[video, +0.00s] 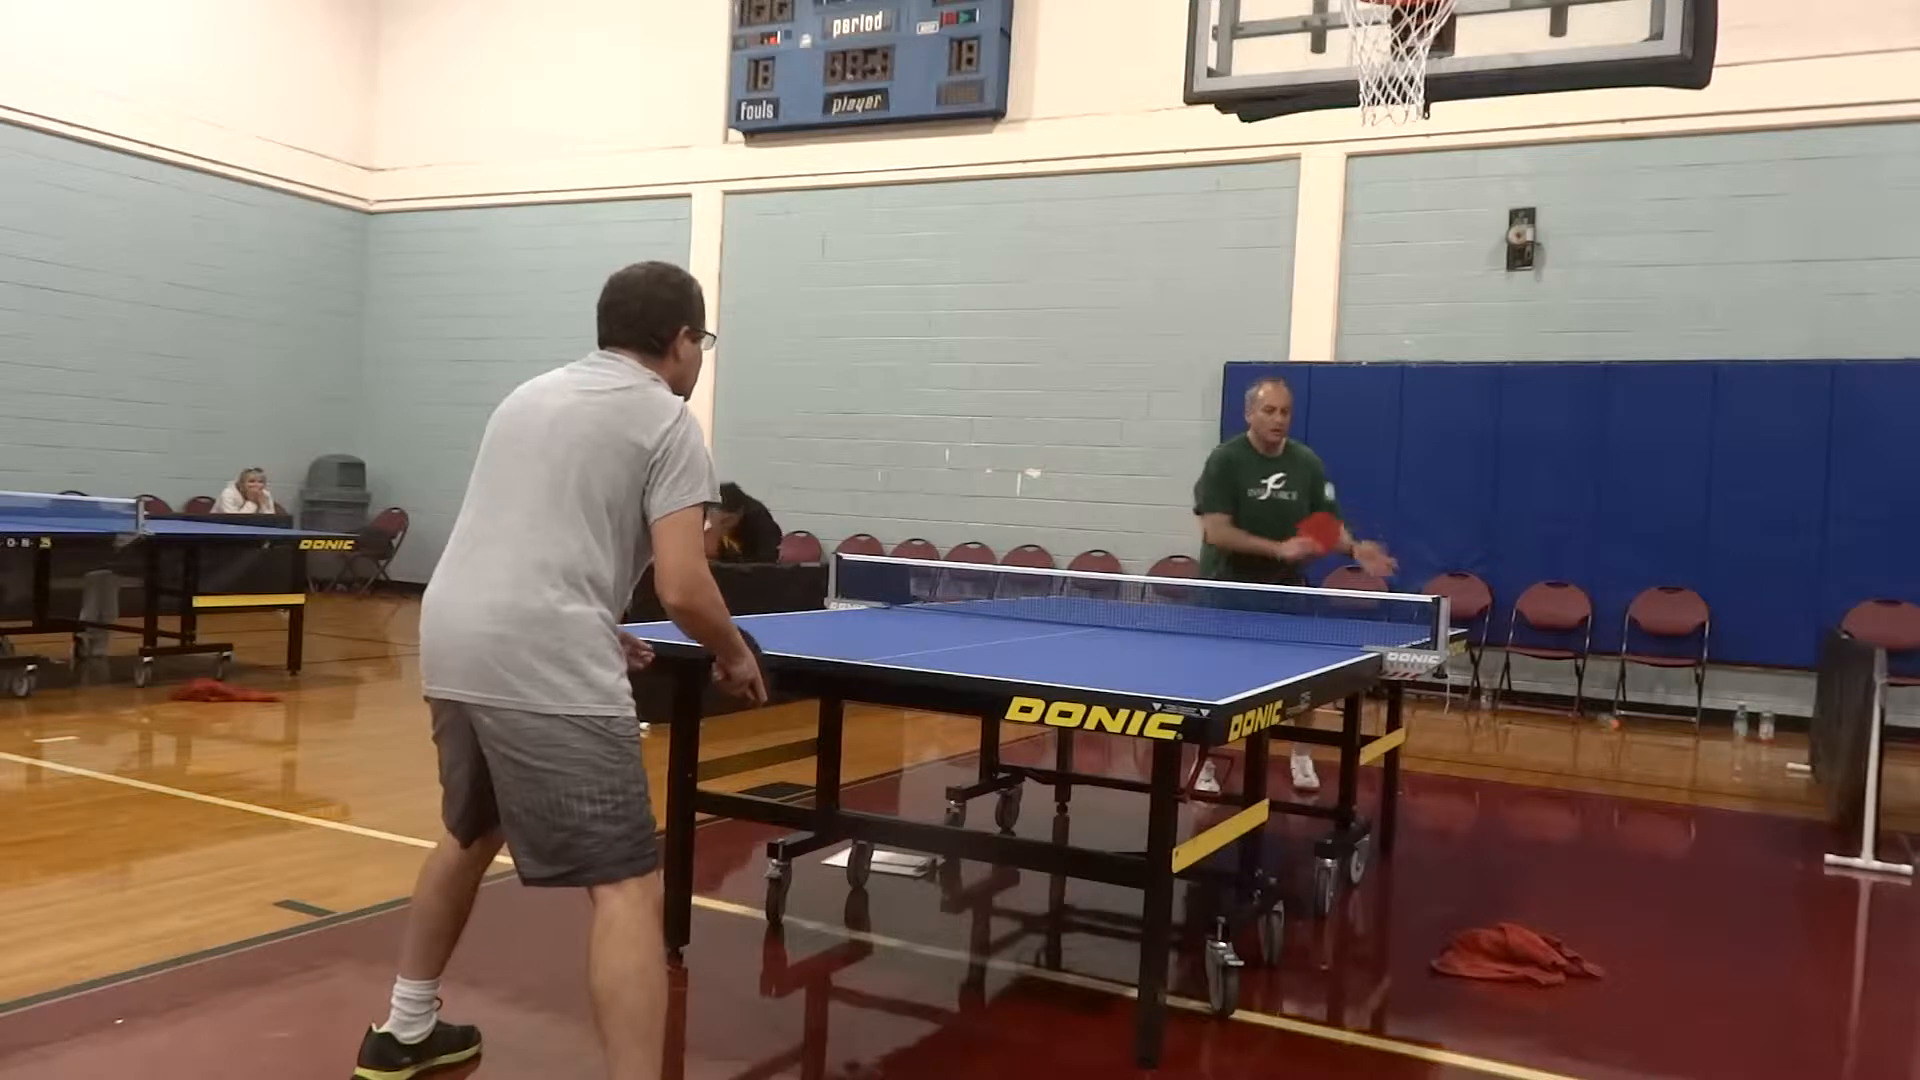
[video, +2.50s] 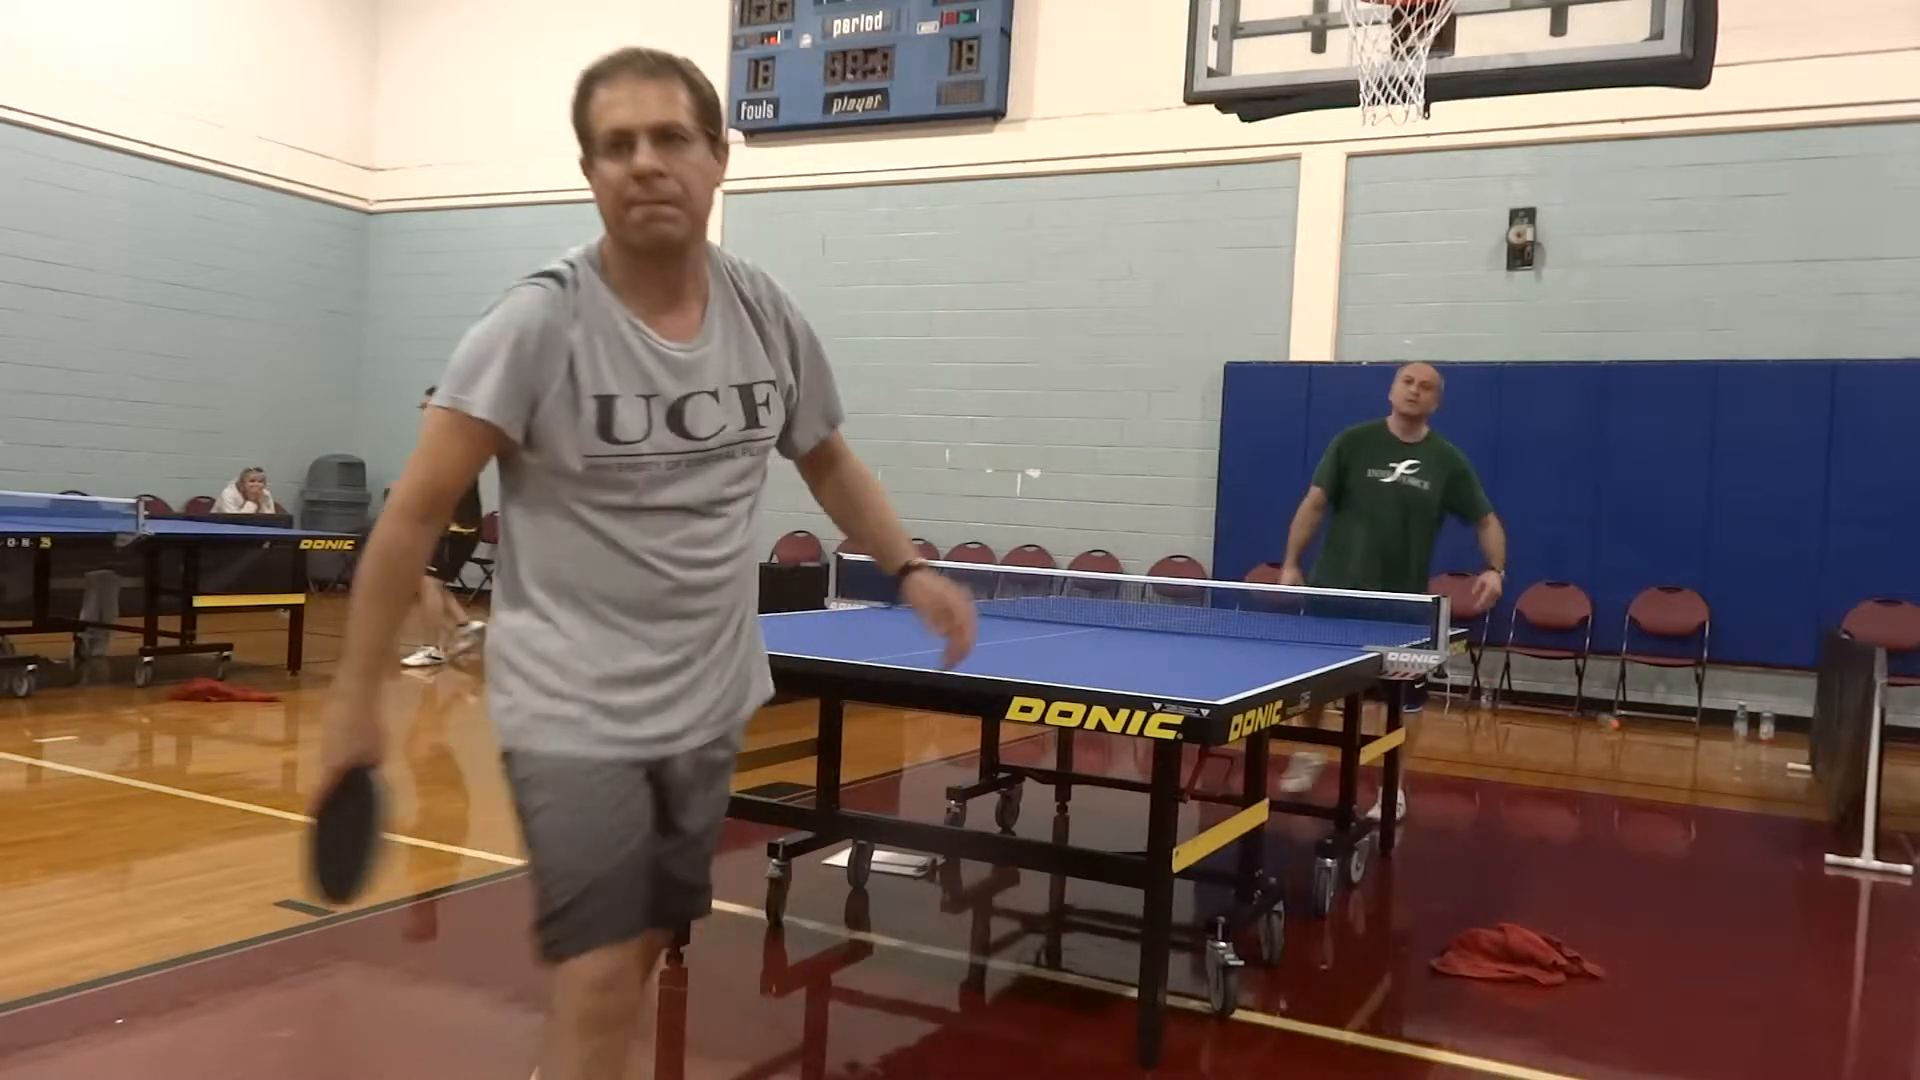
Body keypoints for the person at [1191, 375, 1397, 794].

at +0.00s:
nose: (1279, 420)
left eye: (1285, 412)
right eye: (1269, 411)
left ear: (1292, 416)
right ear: (1249, 414)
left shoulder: (1307, 463)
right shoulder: (1225, 459)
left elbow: (1326, 524)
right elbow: (1214, 531)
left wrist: (1356, 548)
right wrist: (1277, 548)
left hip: (1286, 590)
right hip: (1227, 589)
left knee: (1302, 669)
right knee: (1219, 666)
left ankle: (1301, 753)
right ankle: (1211, 757)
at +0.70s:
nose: (1288, 410)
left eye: (1298, 403)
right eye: (1281, 402)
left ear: (1313, 412)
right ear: (1270, 410)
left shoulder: (1343, 461)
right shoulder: (1247, 466)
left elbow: (1373, 518)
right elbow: (1231, 526)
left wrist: (1379, 573)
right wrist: (1241, 566)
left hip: (1333, 596)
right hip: (1268, 597)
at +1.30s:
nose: (1360, 416)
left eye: (1371, 409)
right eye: (1354, 407)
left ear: (1385, 416)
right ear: (1341, 411)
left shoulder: (1412, 468)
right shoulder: (1317, 463)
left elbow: (1435, 534)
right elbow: (1271, 523)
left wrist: (1404, 572)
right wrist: (1296, 565)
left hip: (1388, 610)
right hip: (1321, 606)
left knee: (1424, 685)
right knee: (1272, 676)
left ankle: (1437, 780)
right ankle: (1252, 763)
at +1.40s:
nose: (1366, 423)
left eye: (1376, 416)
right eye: (1359, 414)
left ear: (1390, 423)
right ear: (1345, 418)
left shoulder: (1408, 477)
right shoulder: (1320, 469)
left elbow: (1421, 544)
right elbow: (1268, 527)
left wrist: (1424, 607)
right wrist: (1301, 557)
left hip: (1391, 614)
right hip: (1323, 611)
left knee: (1423, 686)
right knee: (1275, 679)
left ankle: (1436, 781)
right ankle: (1252, 761)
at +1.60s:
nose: (1357, 439)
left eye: (1366, 433)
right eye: (1349, 430)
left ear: (1377, 439)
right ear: (1332, 434)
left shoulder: (1399, 481)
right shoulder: (1311, 483)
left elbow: (1442, 520)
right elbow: (1257, 544)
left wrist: (1481, 561)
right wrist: (1280, 566)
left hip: (1383, 612)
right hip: (1319, 611)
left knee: (1419, 682)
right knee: (1264, 677)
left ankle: (1434, 783)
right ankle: (1244, 765)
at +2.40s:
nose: (1408, 392)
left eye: (1418, 388)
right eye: (1401, 383)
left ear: (1429, 401)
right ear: (1383, 391)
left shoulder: (1438, 461)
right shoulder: (1343, 444)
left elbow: (1477, 520)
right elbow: (1303, 502)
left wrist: (1487, 566)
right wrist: (1273, 559)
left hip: (1395, 603)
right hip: (1325, 595)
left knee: (1399, 702)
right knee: (1280, 687)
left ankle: (1393, 789)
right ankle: (1252, 776)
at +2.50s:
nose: (1414, 391)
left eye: (1425, 387)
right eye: (1408, 382)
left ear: (1436, 402)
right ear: (1392, 390)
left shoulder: (1447, 460)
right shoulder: (1352, 442)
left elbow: (1486, 520)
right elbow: (1314, 503)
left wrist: (1495, 569)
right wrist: (1290, 563)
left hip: (1401, 602)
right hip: (1334, 593)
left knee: (1402, 700)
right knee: (1315, 677)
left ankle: (1392, 787)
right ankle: (1309, 750)